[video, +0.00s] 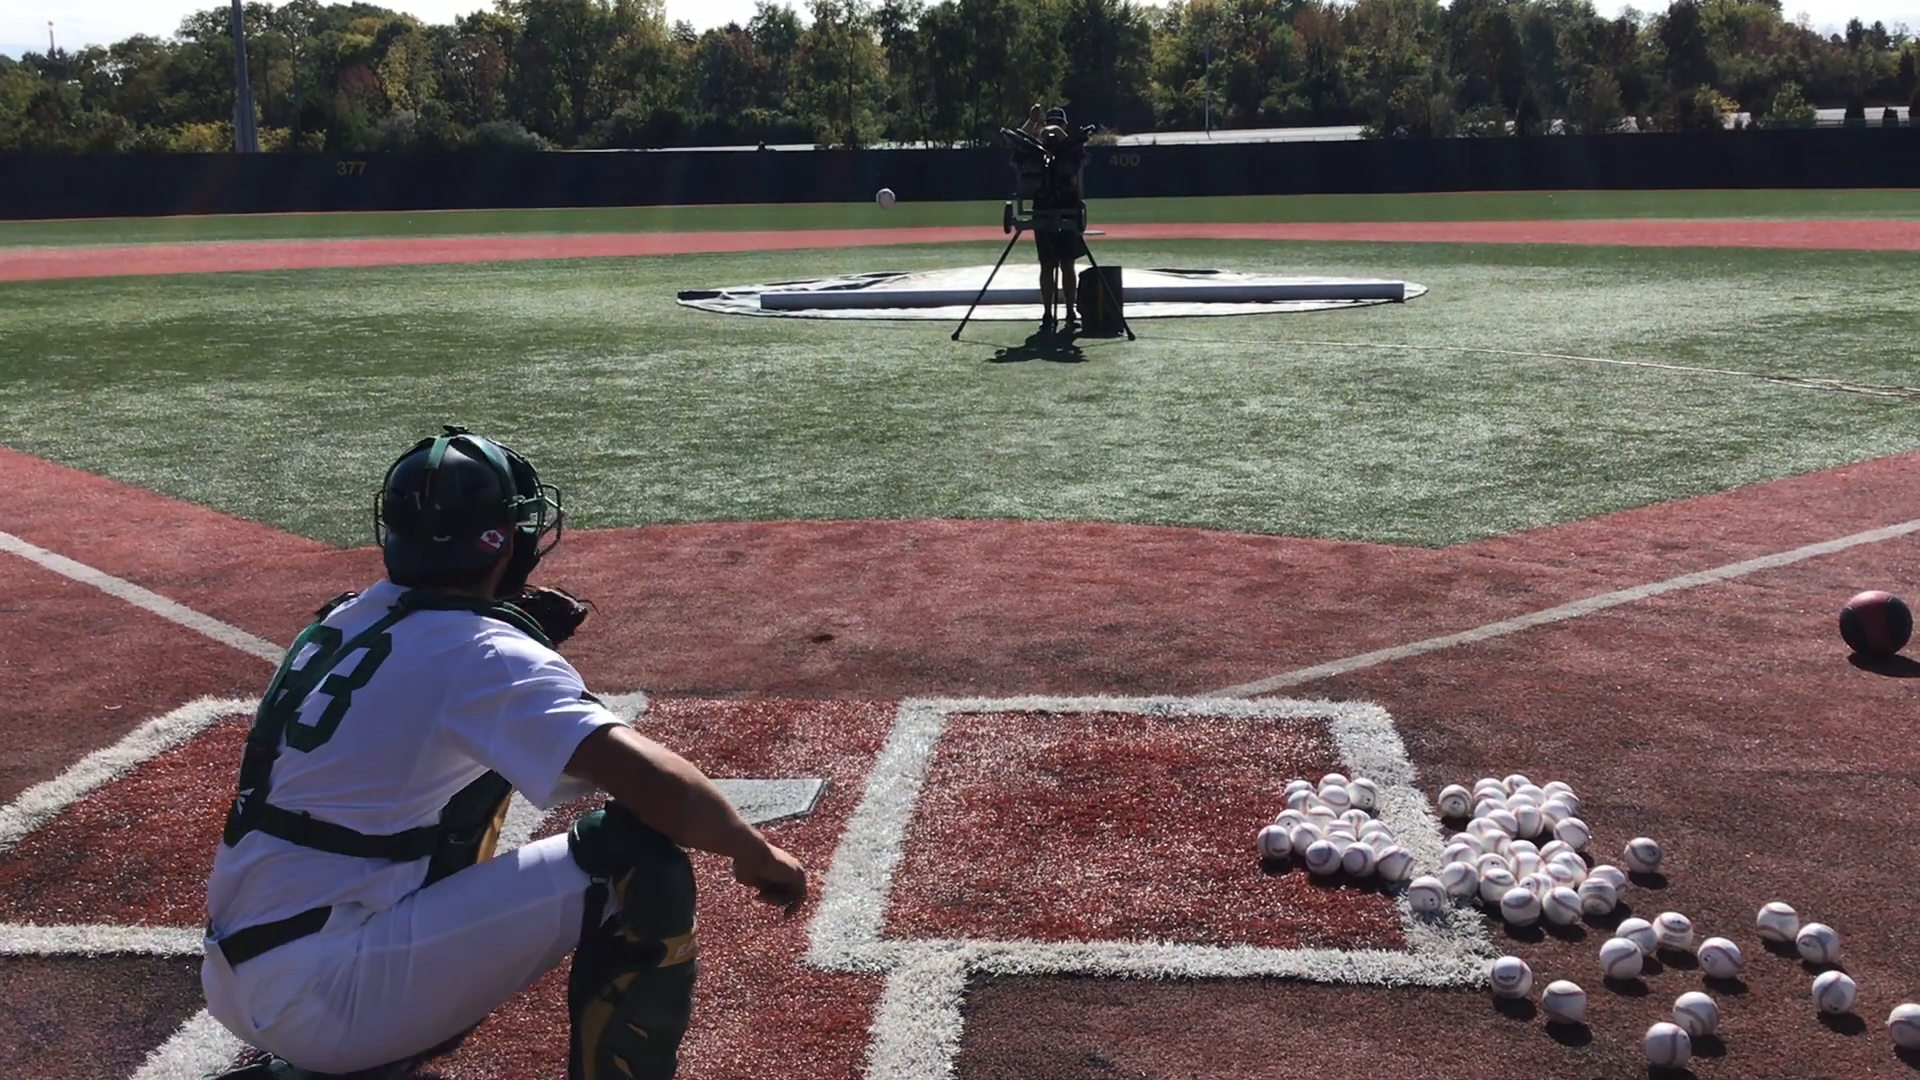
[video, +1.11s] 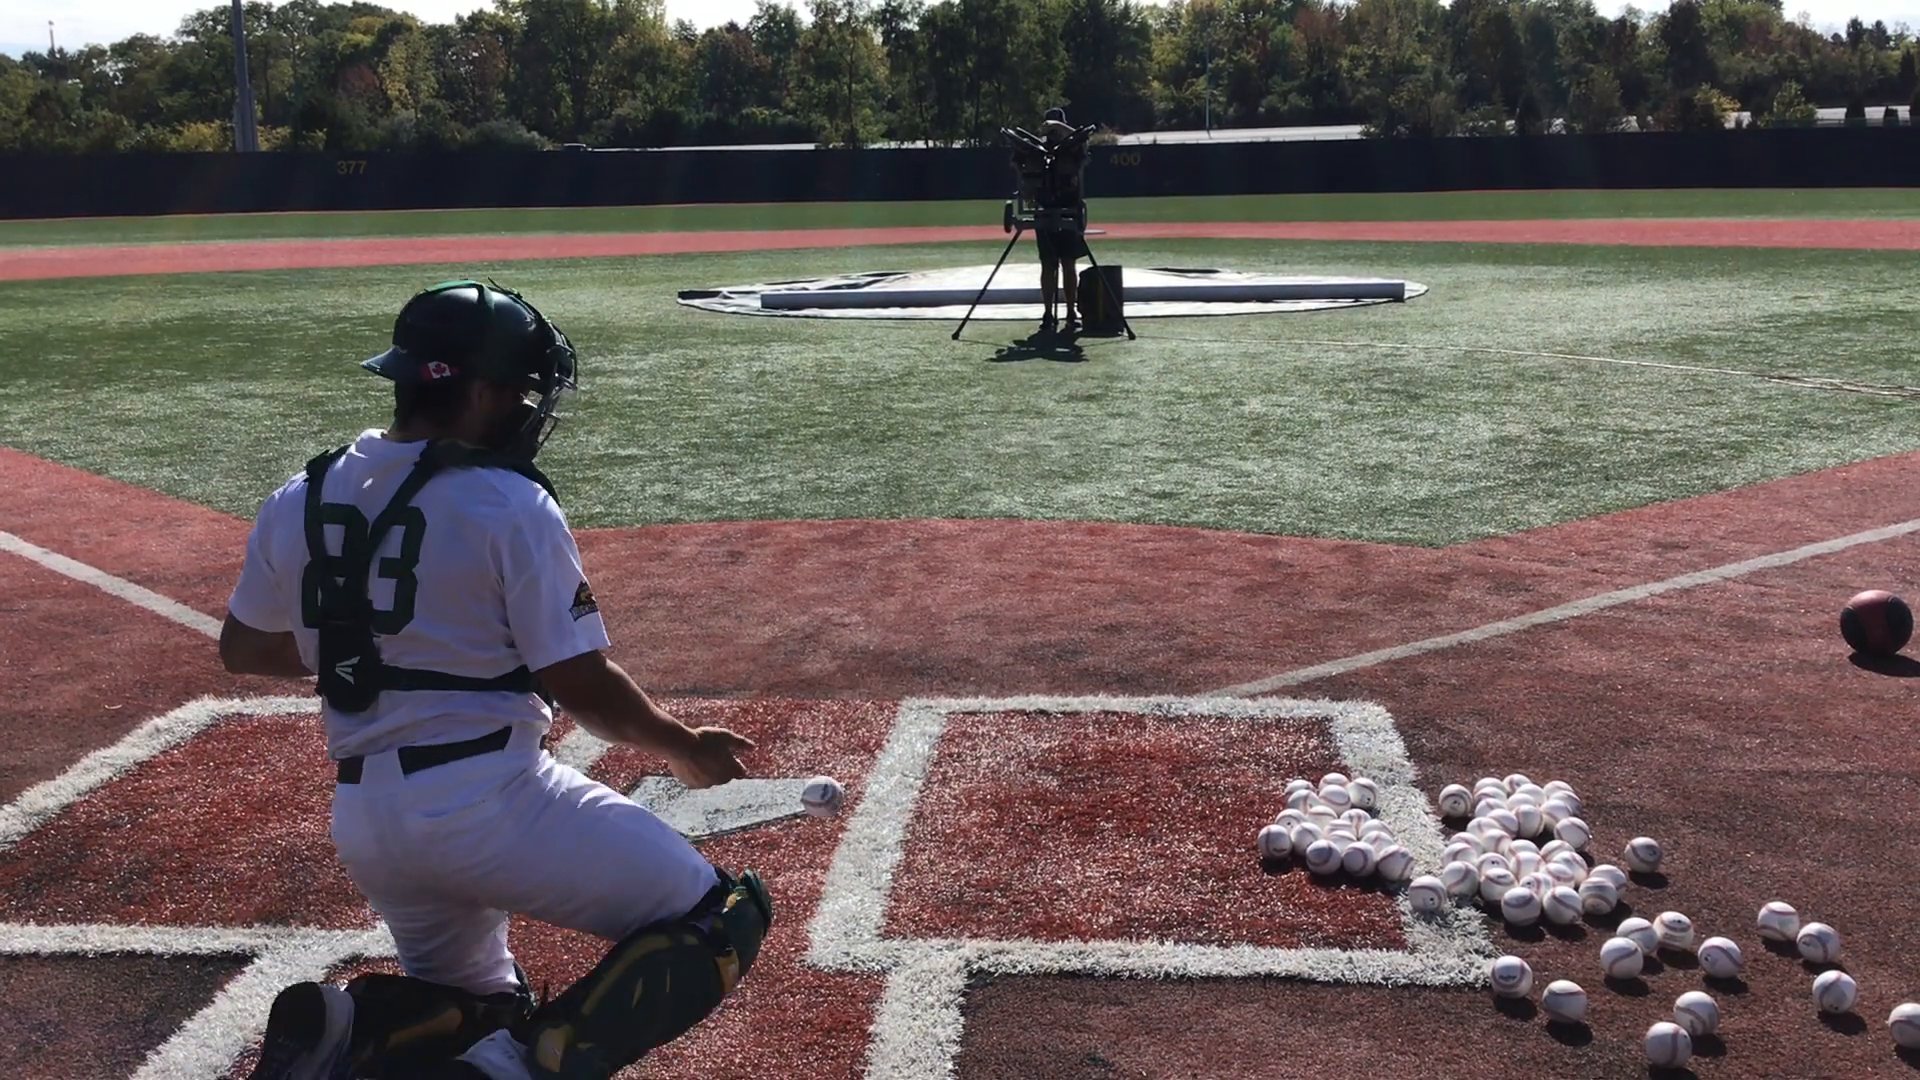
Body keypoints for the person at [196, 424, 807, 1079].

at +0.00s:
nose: (529, 546)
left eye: (527, 533)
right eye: (521, 534)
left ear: (398, 546)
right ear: (497, 553)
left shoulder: (343, 616)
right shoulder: (476, 650)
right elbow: (650, 778)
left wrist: (499, 628)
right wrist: (749, 847)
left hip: (238, 970)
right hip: (320, 995)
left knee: (479, 781)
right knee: (635, 856)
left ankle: (387, 1022)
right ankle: (617, 1064)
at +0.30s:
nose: (540, 548)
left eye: (538, 532)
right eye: (532, 534)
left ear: (406, 542)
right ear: (508, 548)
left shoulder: (352, 619)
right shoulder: (489, 656)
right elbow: (617, 785)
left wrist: (509, 619)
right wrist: (771, 831)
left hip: (267, 974)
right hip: (349, 991)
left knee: (491, 804)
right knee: (652, 861)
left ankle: (471, 1028)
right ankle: (623, 1063)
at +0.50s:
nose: (539, 521)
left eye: (537, 503)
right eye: (533, 504)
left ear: (415, 511)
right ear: (511, 520)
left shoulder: (355, 596)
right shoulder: (502, 627)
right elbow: (662, 752)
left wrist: (534, 639)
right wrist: (727, 770)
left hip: (270, 948)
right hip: (366, 951)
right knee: (676, 845)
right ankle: (629, 1064)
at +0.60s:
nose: (540, 501)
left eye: (540, 482)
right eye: (533, 483)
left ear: (418, 487)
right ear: (502, 493)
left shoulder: (355, 569)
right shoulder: (503, 599)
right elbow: (651, 755)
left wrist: (546, 640)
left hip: (277, 924)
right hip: (380, 919)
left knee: (494, 1013)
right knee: (691, 842)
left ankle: (307, 1059)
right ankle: (626, 1065)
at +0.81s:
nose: (540, 450)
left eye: (540, 431)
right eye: (531, 431)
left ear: (419, 435)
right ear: (496, 440)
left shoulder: (327, 538)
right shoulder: (507, 550)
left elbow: (315, 709)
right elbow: (580, 757)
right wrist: (610, 767)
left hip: (307, 866)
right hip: (421, 850)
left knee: (486, 1013)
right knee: (714, 857)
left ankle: (262, 1064)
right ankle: (632, 1067)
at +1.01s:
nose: (529, 414)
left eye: (527, 395)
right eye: (516, 396)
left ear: (417, 396)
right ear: (469, 402)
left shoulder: (309, 502)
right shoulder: (505, 508)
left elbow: (257, 657)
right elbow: (559, 689)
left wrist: (395, 662)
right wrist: (658, 759)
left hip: (346, 820)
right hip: (463, 800)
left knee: (480, 1018)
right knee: (730, 871)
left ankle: (288, 1052)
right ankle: (621, 1065)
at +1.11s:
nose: (527, 410)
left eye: (527, 391)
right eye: (517, 391)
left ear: (414, 384)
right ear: (473, 395)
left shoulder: (305, 493)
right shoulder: (510, 505)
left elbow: (247, 647)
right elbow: (577, 680)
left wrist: (364, 658)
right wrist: (684, 747)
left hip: (363, 810)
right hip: (487, 796)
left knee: (490, 1007)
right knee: (722, 913)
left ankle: (338, 1024)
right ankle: (527, 1059)